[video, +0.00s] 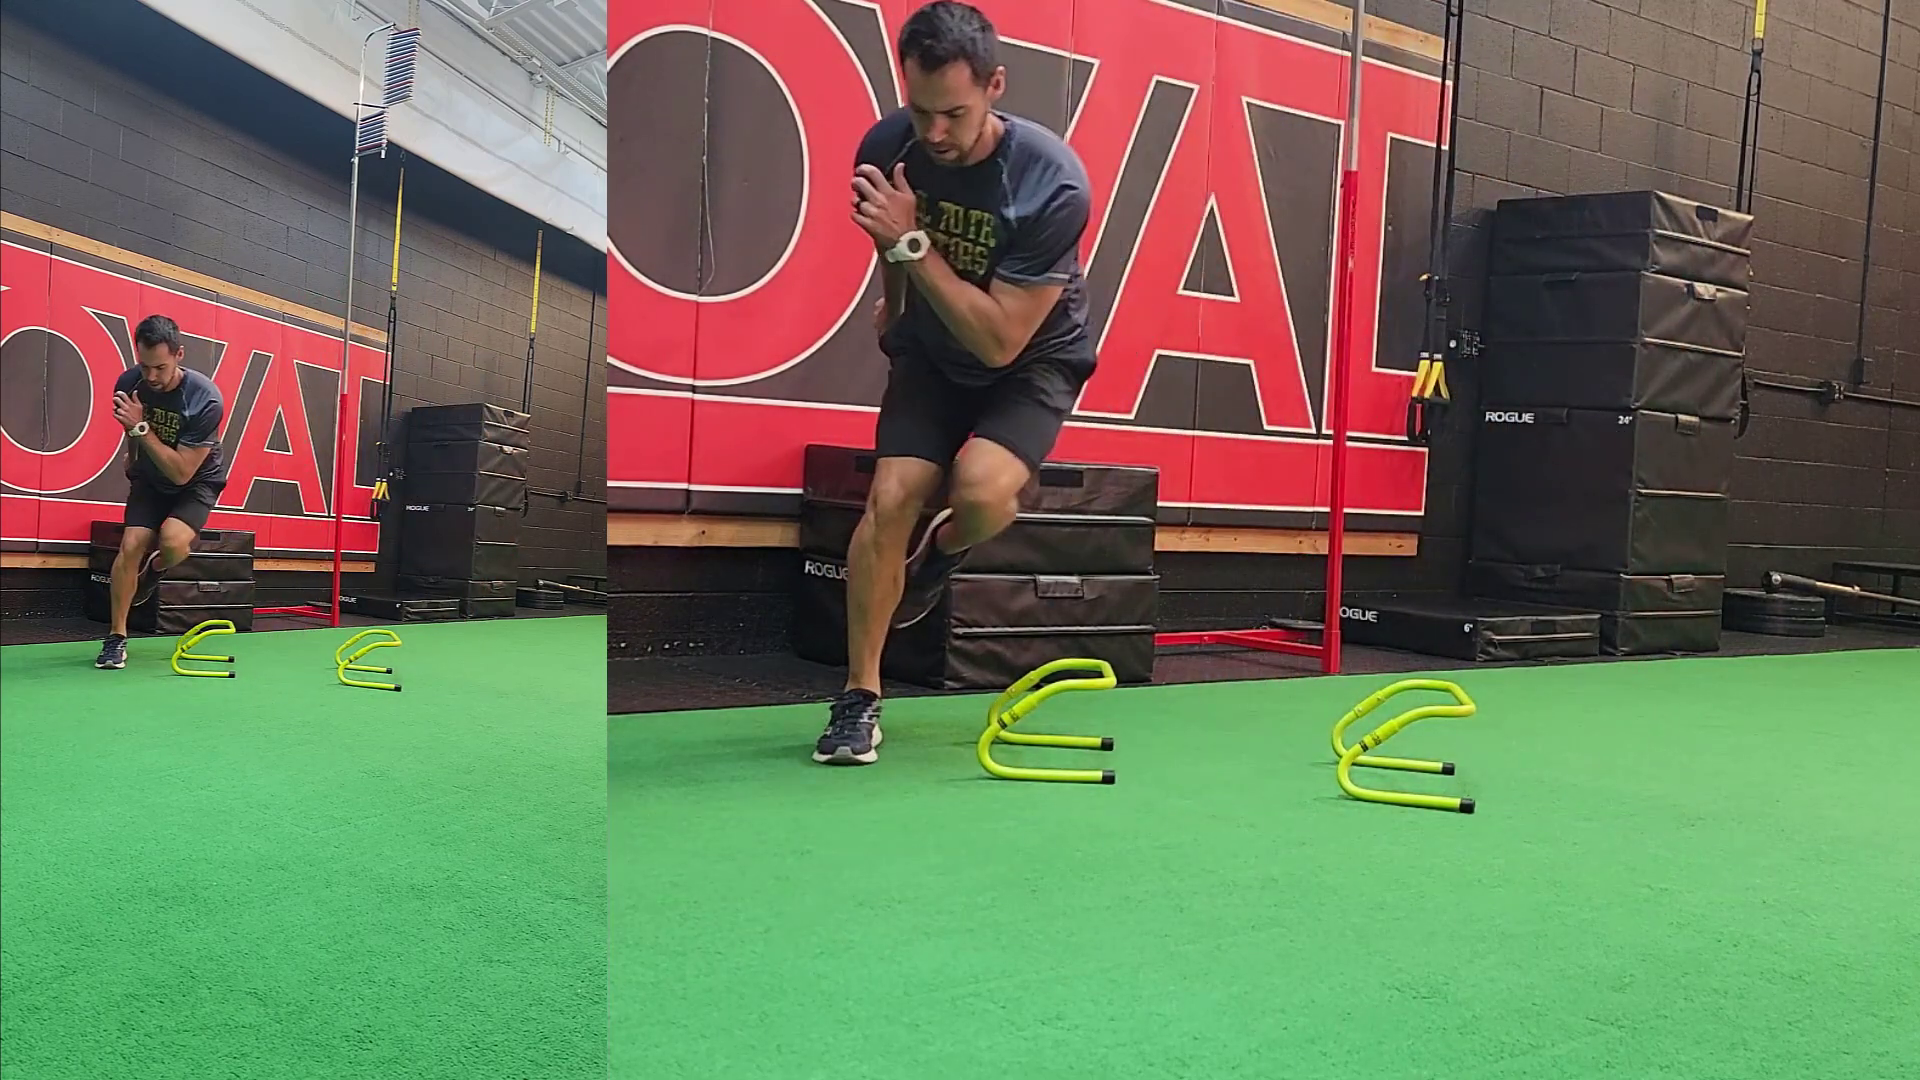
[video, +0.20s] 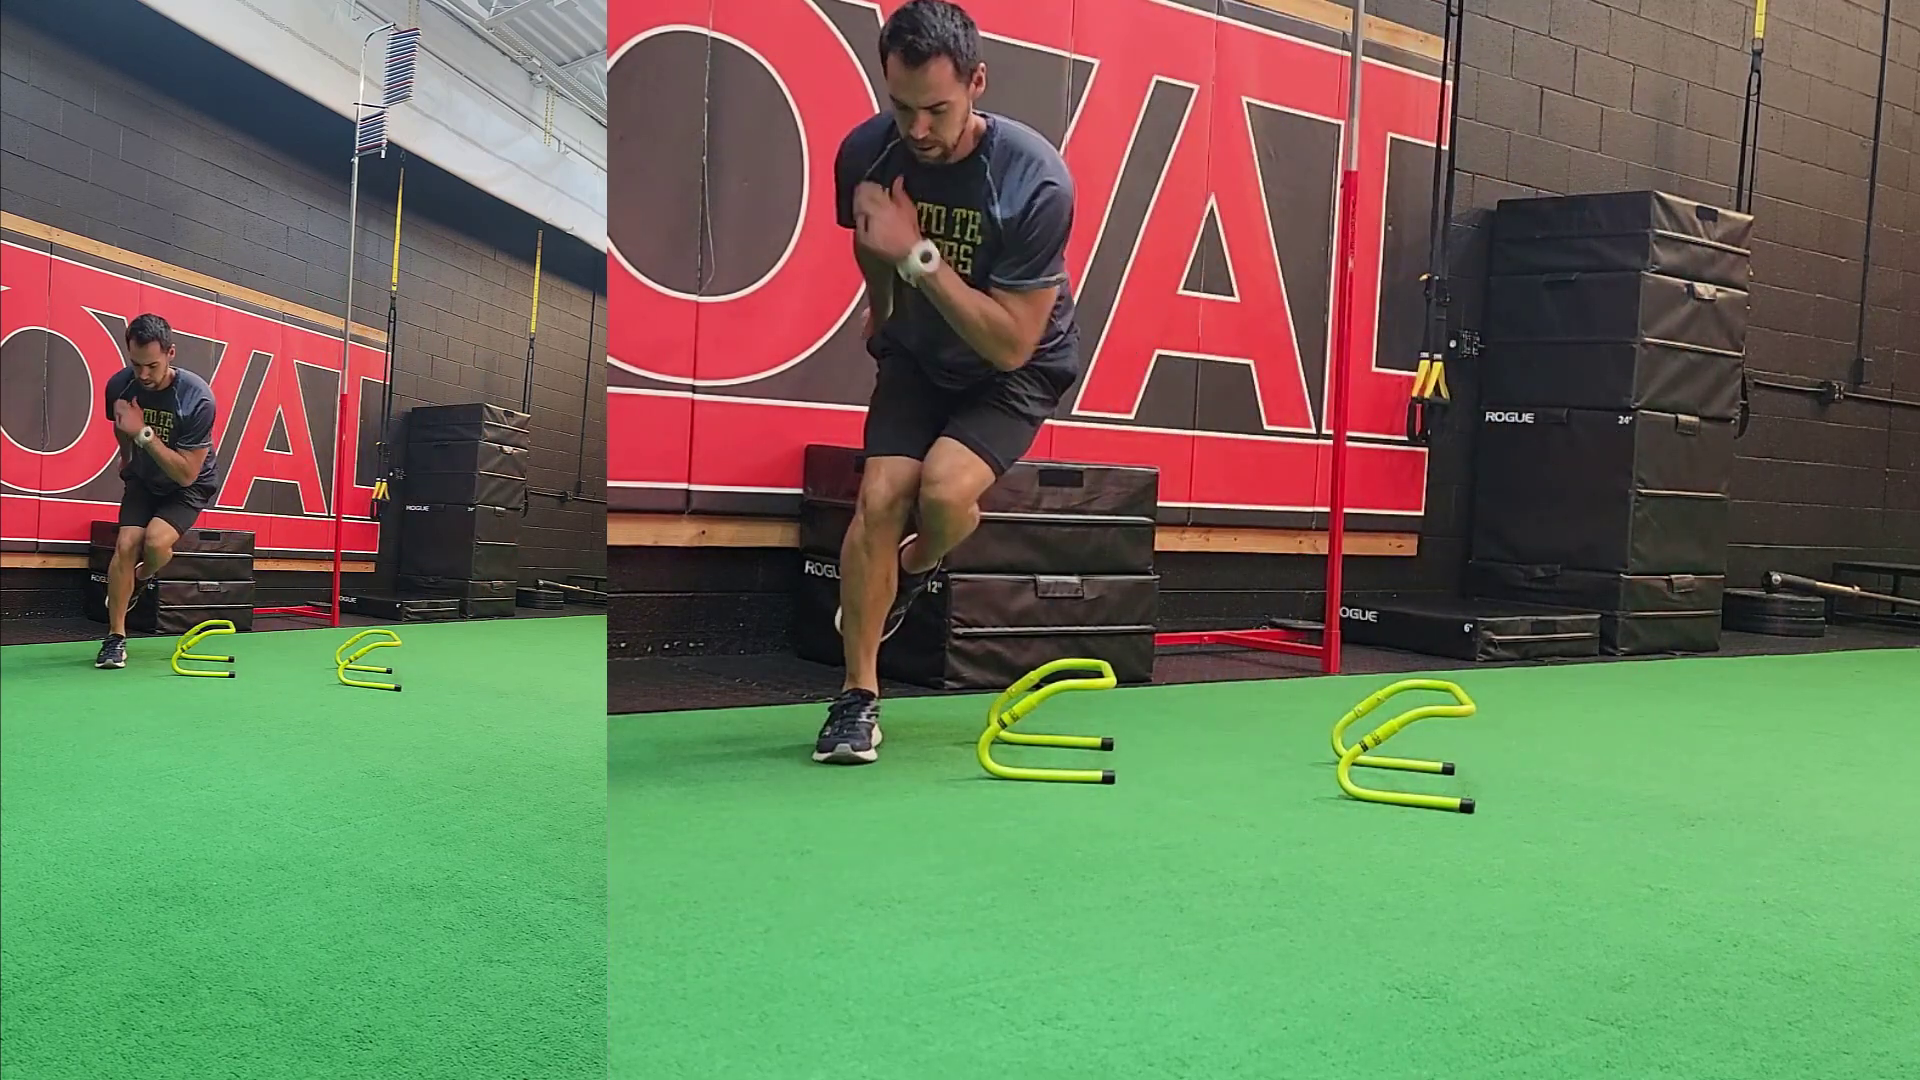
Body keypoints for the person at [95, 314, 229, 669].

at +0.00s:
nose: (152, 376)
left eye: (160, 368)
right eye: (145, 367)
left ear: (179, 355)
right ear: (137, 356)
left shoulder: (205, 400)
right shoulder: (130, 384)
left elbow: (182, 473)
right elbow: (134, 425)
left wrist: (141, 429)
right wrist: (130, 455)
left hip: (198, 481)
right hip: (150, 476)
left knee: (173, 541)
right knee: (131, 546)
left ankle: (155, 569)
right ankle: (117, 636)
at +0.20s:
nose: (143, 374)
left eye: (152, 366)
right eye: (137, 365)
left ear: (171, 354)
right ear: (128, 355)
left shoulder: (198, 400)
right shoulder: (119, 387)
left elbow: (187, 474)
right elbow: (122, 429)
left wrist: (142, 434)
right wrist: (125, 458)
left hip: (189, 483)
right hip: (144, 475)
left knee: (157, 541)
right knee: (126, 545)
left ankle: (142, 578)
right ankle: (116, 637)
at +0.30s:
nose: (151, 368)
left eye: (159, 358)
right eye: (144, 358)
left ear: (175, 348)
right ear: (134, 350)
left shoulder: (203, 392)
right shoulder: (123, 390)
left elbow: (217, 461)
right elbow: (119, 445)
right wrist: (113, 497)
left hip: (190, 480)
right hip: (145, 477)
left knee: (165, 537)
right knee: (127, 546)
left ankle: (160, 578)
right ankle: (116, 637)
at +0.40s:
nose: (170, 357)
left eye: (177, 347)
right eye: (162, 348)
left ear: (190, 339)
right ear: (149, 342)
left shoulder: (215, 385)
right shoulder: (134, 386)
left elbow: (247, 445)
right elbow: (123, 448)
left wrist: (261, 504)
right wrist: (114, 501)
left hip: (204, 476)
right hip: (155, 477)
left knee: (180, 536)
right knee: (131, 547)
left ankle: (220, 557)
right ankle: (117, 638)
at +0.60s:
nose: (235, 317)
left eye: (242, 308)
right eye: (226, 307)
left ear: (252, 303)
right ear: (212, 301)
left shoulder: (275, 350)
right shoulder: (188, 345)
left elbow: (298, 402)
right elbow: (176, 395)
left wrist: (302, 455)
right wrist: (177, 433)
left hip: (254, 452)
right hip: (204, 450)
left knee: (255, 539)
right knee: (175, 528)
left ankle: (275, 624)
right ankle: (136, 614)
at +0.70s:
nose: (269, 317)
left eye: (276, 308)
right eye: (260, 307)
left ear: (284, 304)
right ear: (245, 303)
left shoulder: (302, 354)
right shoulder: (221, 348)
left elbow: (315, 414)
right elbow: (198, 395)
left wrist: (301, 465)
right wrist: (180, 443)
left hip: (278, 456)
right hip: (231, 450)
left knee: (273, 550)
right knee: (221, 511)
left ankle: (270, 635)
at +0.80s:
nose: (295, 312)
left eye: (302, 303)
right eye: (286, 302)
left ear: (310, 299)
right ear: (270, 297)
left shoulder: (325, 345)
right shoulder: (243, 341)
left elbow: (338, 406)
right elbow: (219, 384)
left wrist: (312, 403)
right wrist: (202, 427)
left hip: (304, 448)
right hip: (259, 439)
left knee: (296, 539)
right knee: (278, 489)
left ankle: (277, 633)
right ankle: (265, 560)